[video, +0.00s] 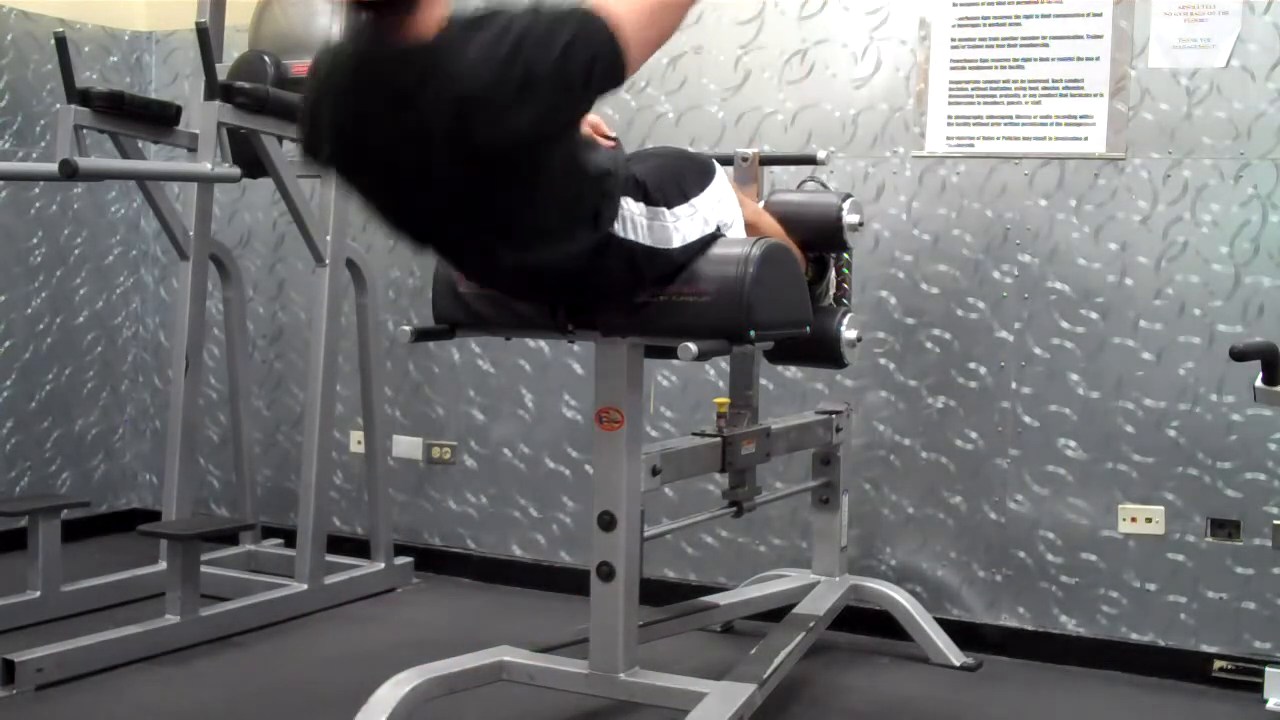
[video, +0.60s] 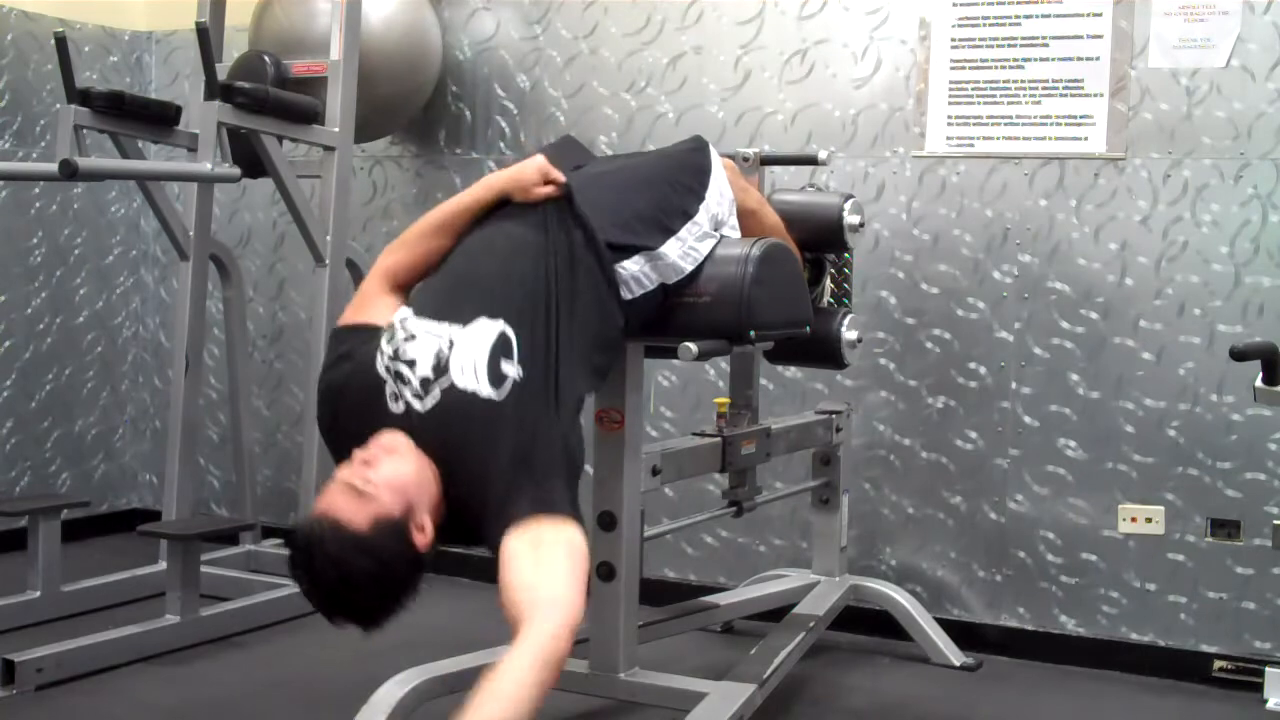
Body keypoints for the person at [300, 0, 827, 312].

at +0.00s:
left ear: (355, 2)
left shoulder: (331, 84)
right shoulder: (499, 64)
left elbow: (443, 164)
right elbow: (665, 7)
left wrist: (558, 131)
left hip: (489, 259)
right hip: (597, 253)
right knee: (714, 184)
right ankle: (802, 266)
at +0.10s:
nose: (396, 31)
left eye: (379, 26)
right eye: (386, 37)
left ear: (302, 108)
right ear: (393, 85)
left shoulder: (316, 187)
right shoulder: (476, 154)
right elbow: (630, 14)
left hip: (489, 290)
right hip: (591, 257)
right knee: (729, 191)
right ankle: (805, 274)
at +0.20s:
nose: (345, 131)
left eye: (328, 137)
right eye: (339, 149)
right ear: (375, 216)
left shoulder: (327, 267)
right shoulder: (466, 248)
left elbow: (437, 170)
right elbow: (592, 103)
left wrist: (541, 138)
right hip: (606, 250)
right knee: (728, 189)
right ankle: (802, 273)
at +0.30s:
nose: (335, 246)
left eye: (315, 252)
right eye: (326, 266)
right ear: (374, 340)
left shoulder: (353, 269)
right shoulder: (454, 352)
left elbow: (414, 200)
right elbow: (563, 254)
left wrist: (521, 156)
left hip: (556, 208)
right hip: (617, 247)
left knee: (687, 168)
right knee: (727, 192)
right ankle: (801, 262)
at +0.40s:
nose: (345, 381)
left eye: (317, 384)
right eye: (344, 419)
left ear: (305, 368)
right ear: (364, 438)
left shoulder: (336, 314)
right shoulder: (472, 385)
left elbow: (398, 235)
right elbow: (554, 414)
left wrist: (511, 164)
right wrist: (403, 444)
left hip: (565, 194)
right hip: (613, 251)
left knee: (706, 176)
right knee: (735, 193)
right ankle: (806, 297)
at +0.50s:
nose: (345, 426)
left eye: (322, 445)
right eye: (352, 456)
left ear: (317, 424)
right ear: (408, 497)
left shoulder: (337, 370)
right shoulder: (499, 437)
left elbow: (389, 260)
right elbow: (547, 546)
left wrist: (497, 178)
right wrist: (409, 642)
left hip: (528, 207)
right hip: (599, 251)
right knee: (721, 176)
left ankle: (776, 242)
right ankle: (797, 276)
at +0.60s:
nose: (365, 462)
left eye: (346, 479)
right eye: (372, 488)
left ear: (336, 463)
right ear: (421, 537)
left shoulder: (345, 394)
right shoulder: (514, 488)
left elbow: (388, 275)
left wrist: (495, 187)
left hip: (517, 221)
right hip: (592, 261)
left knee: (569, 157)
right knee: (719, 170)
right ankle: (797, 281)